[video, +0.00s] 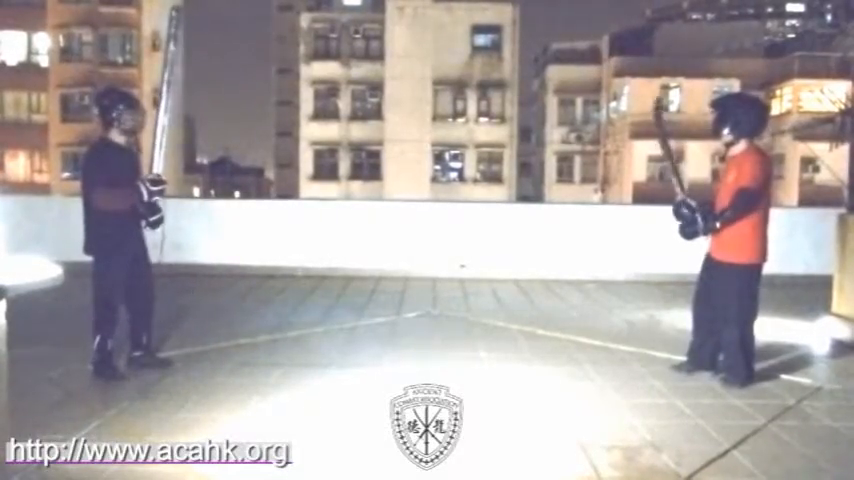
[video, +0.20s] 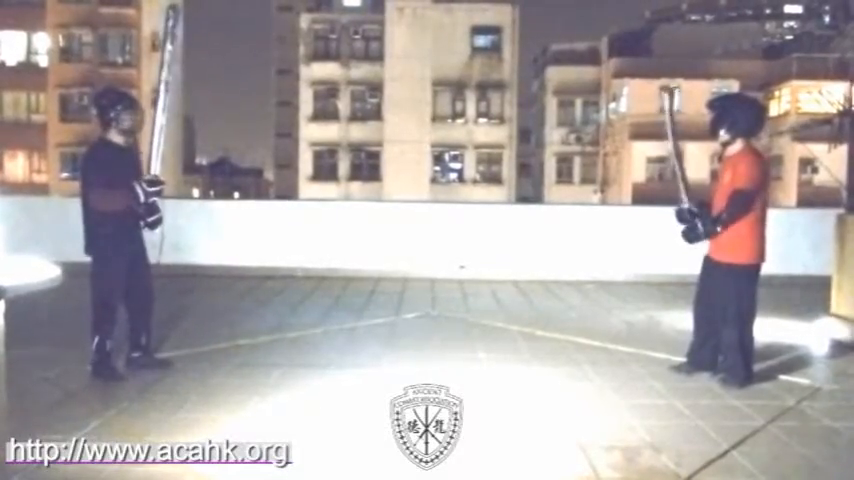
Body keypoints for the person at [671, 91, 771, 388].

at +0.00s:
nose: (718, 128)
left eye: (722, 121)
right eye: (719, 121)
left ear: (737, 125)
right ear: (738, 125)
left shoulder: (753, 160)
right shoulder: (731, 159)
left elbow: (746, 200)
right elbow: (726, 202)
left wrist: (713, 222)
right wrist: (702, 213)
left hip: (743, 253)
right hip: (721, 249)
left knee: (736, 313)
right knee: (705, 305)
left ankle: (737, 369)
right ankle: (701, 357)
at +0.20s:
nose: (715, 127)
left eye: (720, 122)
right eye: (717, 121)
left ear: (733, 126)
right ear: (733, 126)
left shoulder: (748, 161)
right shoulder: (727, 160)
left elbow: (741, 201)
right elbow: (722, 202)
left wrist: (713, 225)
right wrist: (701, 213)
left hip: (741, 253)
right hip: (720, 249)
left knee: (734, 313)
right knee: (706, 306)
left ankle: (736, 369)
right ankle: (702, 358)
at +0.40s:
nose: (713, 127)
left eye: (719, 122)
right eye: (715, 122)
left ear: (733, 126)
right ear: (731, 126)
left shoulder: (749, 163)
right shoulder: (724, 161)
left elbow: (741, 207)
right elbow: (719, 203)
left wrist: (711, 231)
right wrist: (701, 216)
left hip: (741, 255)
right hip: (718, 251)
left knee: (734, 315)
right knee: (706, 308)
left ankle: (735, 371)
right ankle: (700, 359)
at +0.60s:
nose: (715, 127)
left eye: (721, 121)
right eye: (717, 121)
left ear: (736, 125)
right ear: (731, 125)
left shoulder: (754, 162)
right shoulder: (723, 160)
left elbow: (748, 206)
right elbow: (720, 201)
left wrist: (716, 230)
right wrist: (702, 216)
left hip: (745, 254)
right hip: (720, 250)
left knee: (739, 314)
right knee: (708, 307)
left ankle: (738, 371)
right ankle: (702, 359)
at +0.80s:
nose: (718, 130)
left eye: (723, 123)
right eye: (718, 123)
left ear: (737, 126)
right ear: (728, 127)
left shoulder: (754, 161)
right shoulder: (724, 161)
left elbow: (752, 205)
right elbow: (722, 201)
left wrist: (720, 229)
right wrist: (704, 215)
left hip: (748, 255)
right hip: (723, 251)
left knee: (742, 315)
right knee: (708, 306)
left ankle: (741, 372)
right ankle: (704, 360)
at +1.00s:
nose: (717, 129)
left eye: (722, 123)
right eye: (718, 123)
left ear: (738, 127)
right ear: (730, 127)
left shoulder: (755, 163)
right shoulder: (725, 163)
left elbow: (751, 206)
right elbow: (722, 207)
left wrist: (720, 235)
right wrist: (702, 223)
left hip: (747, 256)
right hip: (723, 253)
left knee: (741, 317)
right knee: (712, 310)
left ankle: (741, 374)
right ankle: (706, 362)